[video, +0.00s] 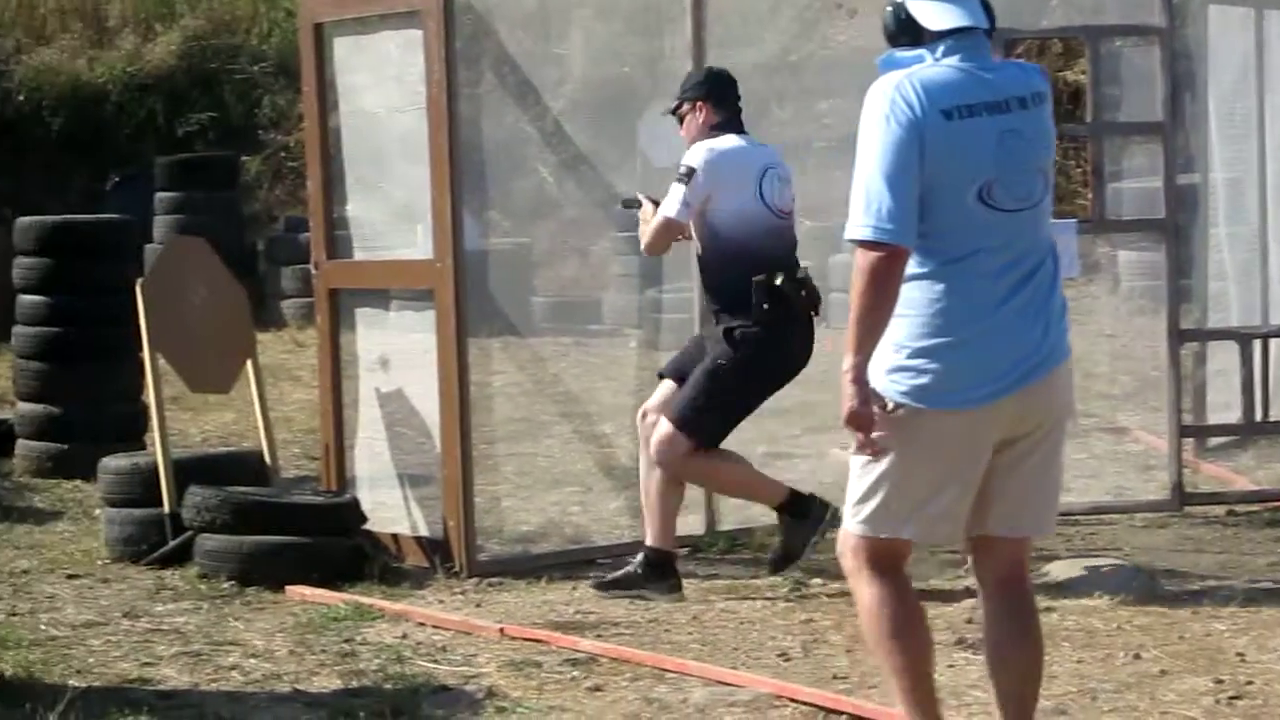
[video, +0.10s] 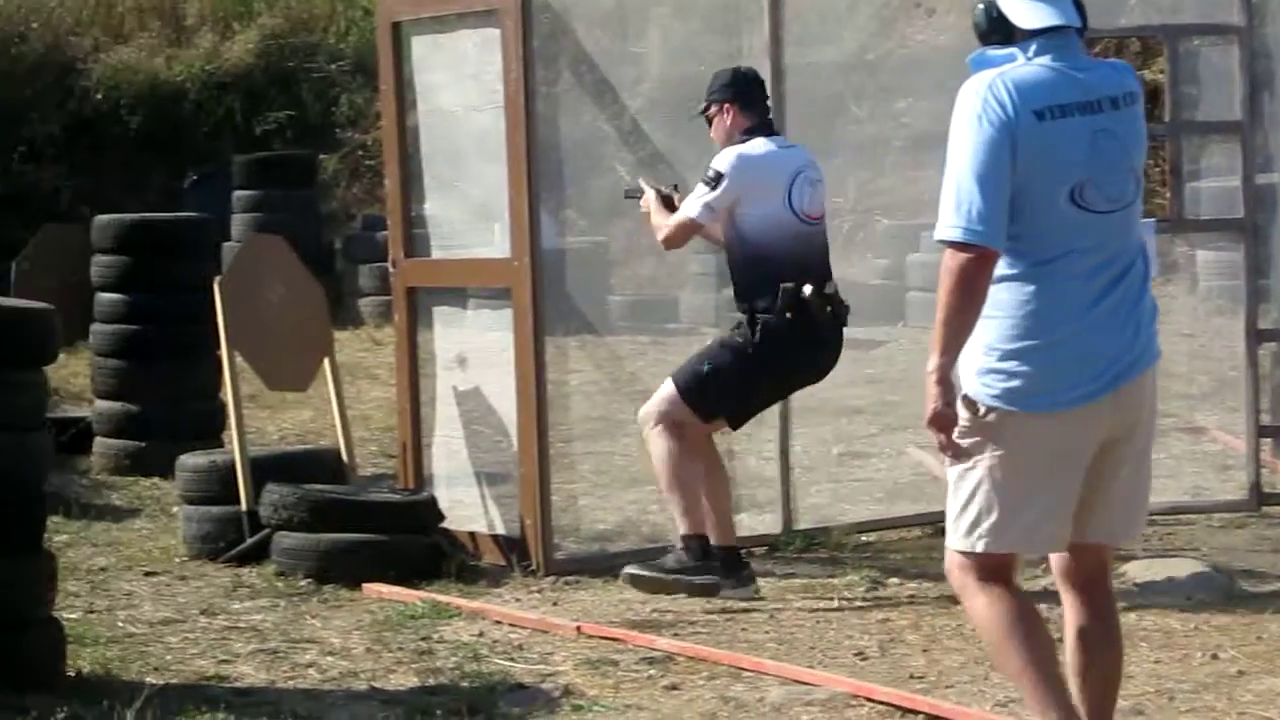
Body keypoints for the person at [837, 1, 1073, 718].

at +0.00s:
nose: (893, 33)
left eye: (896, 23)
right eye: (898, 25)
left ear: (908, 24)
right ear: (985, 24)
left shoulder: (901, 91)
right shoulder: (1033, 86)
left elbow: (883, 249)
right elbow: (1021, 214)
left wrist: (854, 372)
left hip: (934, 368)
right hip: (1038, 362)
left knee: (871, 554)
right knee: (1005, 563)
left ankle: (920, 711)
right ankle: (1018, 715)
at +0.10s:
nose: (981, 25)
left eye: (986, 17)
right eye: (985, 18)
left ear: (998, 19)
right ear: (1075, 19)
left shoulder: (992, 90)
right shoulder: (1123, 84)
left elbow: (972, 250)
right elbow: (1113, 210)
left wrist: (940, 369)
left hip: (1024, 369)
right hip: (1126, 362)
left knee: (977, 568)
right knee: (1087, 570)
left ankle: (1058, 713)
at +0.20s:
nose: (1039, 24)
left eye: (1044, 16)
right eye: (1042, 18)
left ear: (1057, 18)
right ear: (1134, 18)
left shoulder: (1052, 92)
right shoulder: (1184, 87)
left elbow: (1029, 253)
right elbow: (1177, 216)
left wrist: (994, 371)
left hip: (1086, 378)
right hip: (1185, 366)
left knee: (1068, 586)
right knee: (1140, 573)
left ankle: (1133, 710)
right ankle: (1146, 716)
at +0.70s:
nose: (1107, 17)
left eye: (1112, 13)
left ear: (1125, 13)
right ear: (1204, 12)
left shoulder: (1118, 89)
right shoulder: (1254, 82)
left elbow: (1089, 258)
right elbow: (1262, 218)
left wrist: (1055, 382)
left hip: (1155, 393)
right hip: (1257, 379)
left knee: (1143, 609)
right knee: (1209, 573)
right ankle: (1220, 713)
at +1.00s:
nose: (1185, 16)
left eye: (1191, 12)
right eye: (1192, 12)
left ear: (1210, 10)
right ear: (1265, 12)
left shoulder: (1205, 91)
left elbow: (1183, 267)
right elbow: (1183, 267)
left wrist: (1149, 392)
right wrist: (1154, 394)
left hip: (1229, 402)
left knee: (1178, 612)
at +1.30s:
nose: (1263, 44)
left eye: (1266, 38)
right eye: (1266, 39)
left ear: (1274, 36)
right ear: (1274, 40)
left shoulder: (1277, 93)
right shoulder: (1276, 94)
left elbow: (1273, 253)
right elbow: (1274, 253)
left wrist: (1274, 390)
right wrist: (1274, 391)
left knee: (1258, 598)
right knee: (1257, 598)